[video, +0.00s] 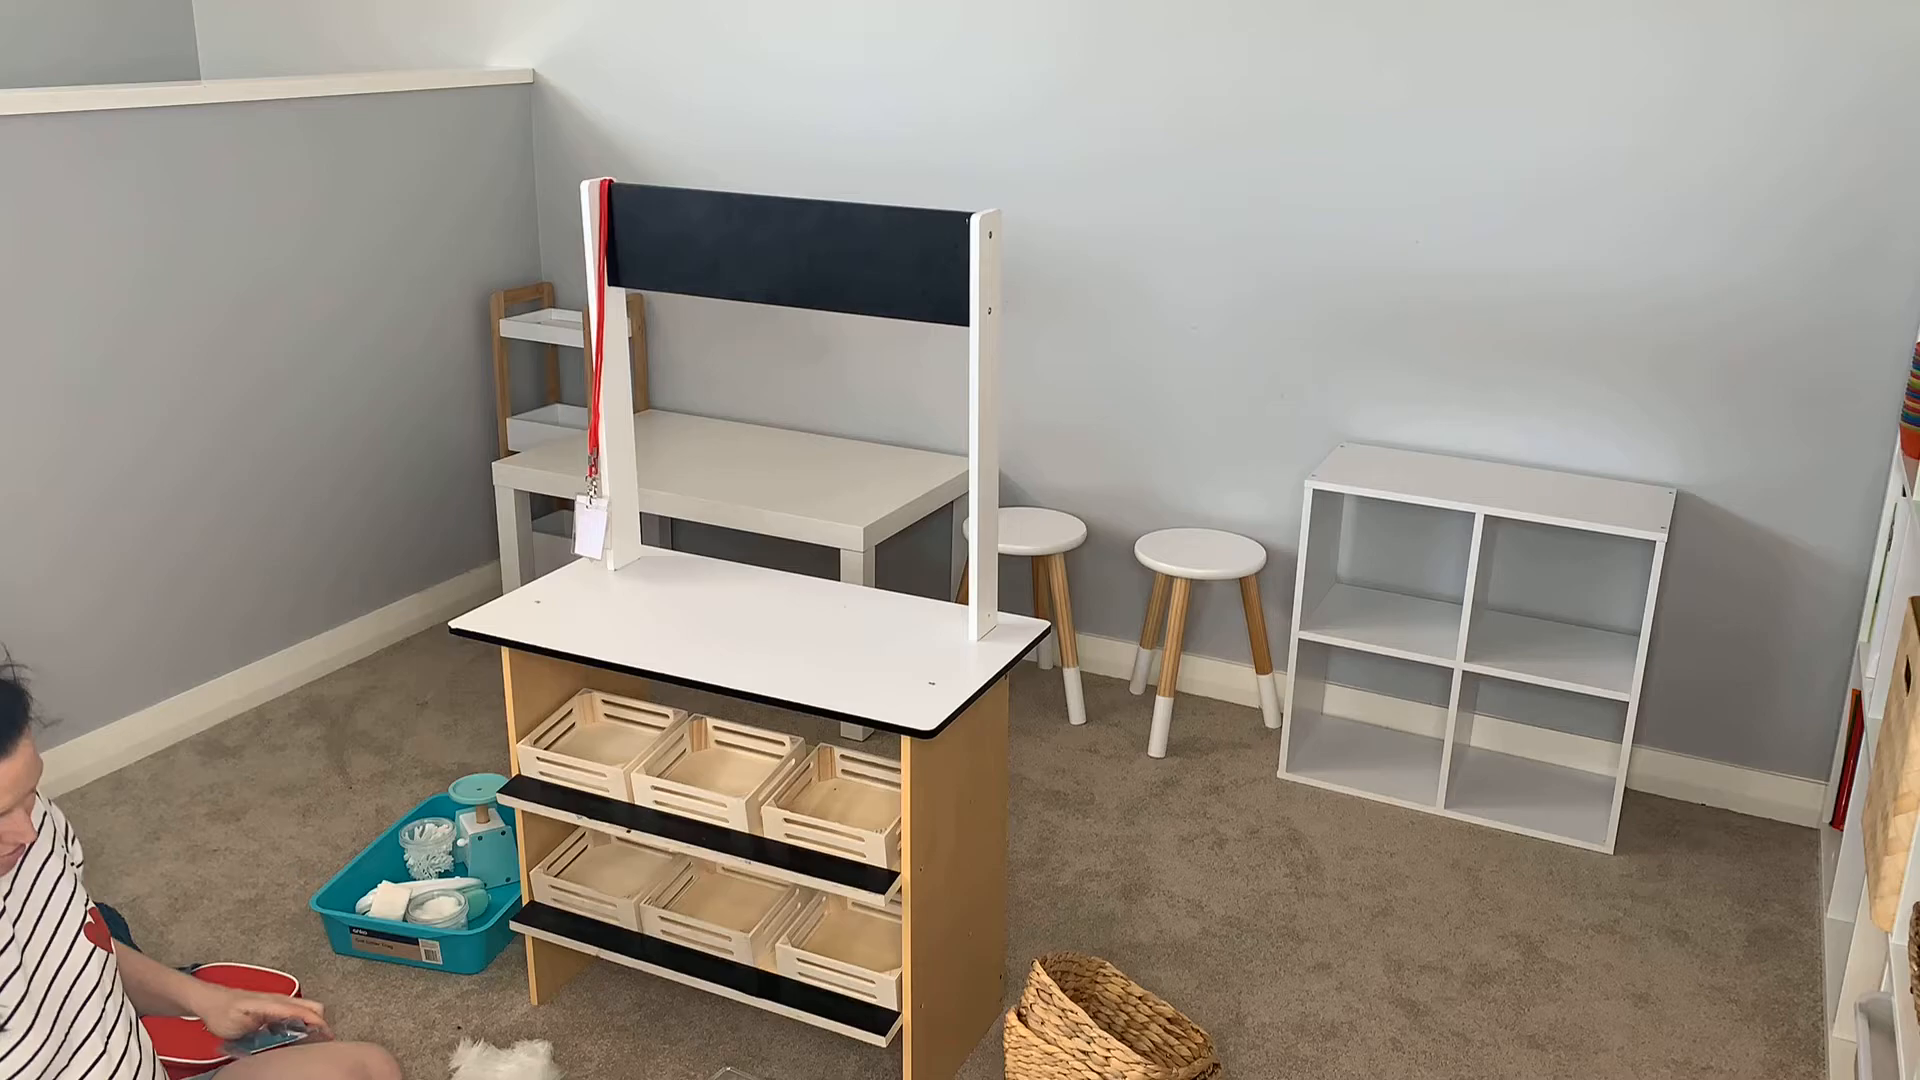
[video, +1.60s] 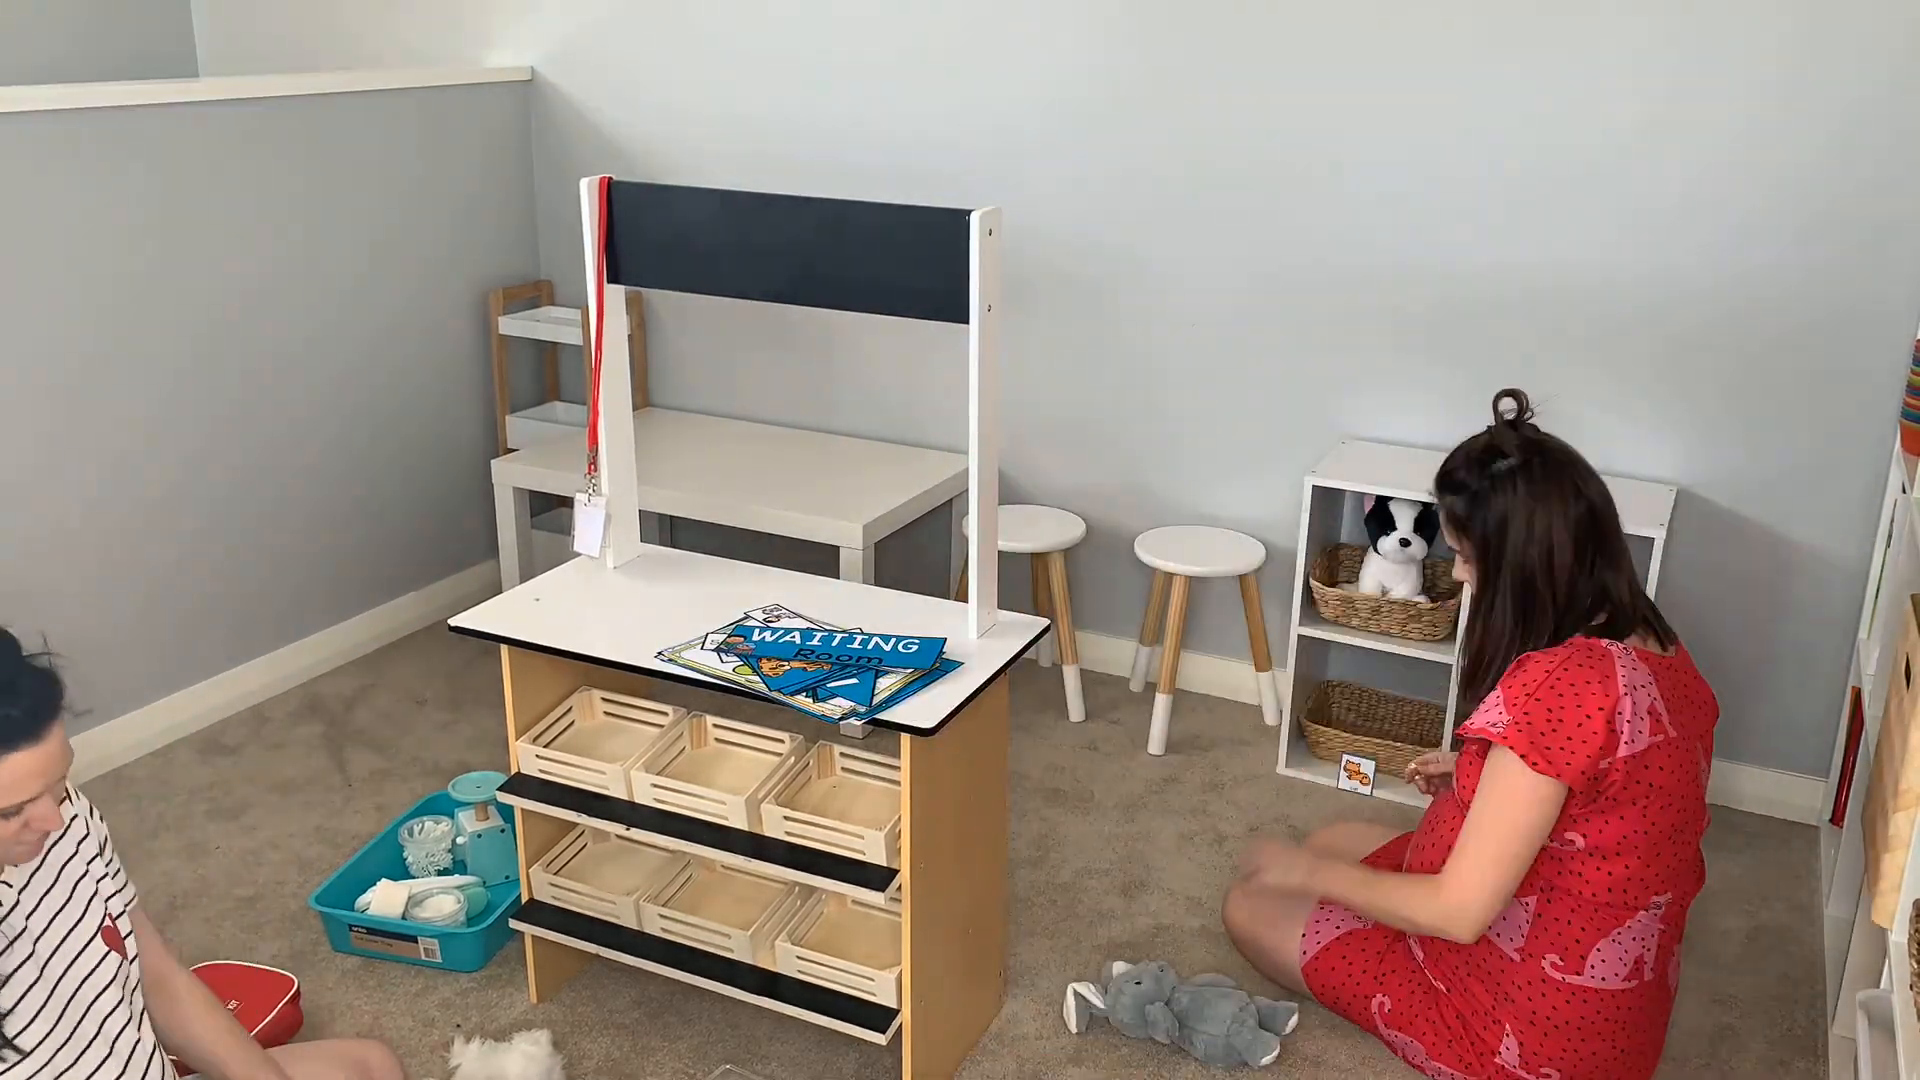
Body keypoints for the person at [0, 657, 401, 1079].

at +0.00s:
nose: (26, 830)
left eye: (28, 798)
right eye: (4, 814)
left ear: (36, 763)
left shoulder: (40, 823)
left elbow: (87, 942)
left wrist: (202, 998)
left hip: (147, 1063)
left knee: (372, 1066)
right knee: (371, 1066)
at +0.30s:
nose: (55, 801)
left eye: (51, 766)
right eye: (18, 792)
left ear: (51, 736)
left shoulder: (53, 825)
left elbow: (97, 940)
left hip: (143, 1046)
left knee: (373, 1065)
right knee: (370, 1065)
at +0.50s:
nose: (108, 812)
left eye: (102, 776)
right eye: (70, 802)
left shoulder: (73, 837)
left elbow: (117, 966)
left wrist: (247, 1056)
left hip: (160, 1058)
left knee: (375, 1065)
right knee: (372, 1065)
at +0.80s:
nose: (79, 785)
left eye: (67, 759)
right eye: (46, 785)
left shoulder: (49, 830)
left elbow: (100, 955)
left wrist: (204, 922)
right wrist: (71, 1058)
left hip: (144, 1057)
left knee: (373, 1062)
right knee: (369, 1062)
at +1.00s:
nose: (69, 797)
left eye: (64, 765)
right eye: (33, 793)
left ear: (61, 736)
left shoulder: (57, 815)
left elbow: (100, 951)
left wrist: (189, 947)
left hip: (125, 1050)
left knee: (373, 1063)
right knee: (368, 1063)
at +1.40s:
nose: (45, 788)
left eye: (43, 754)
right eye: (11, 778)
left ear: (45, 726)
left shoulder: (53, 793)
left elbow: (86, 931)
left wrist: (158, 957)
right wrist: (123, 1068)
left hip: (133, 1042)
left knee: (372, 1062)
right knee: (368, 1063)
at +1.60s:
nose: (53, 822)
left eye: (58, 788)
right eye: (16, 811)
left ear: (61, 752)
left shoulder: (72, 816)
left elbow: (160, 979)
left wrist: (266, 1070)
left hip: (162, 1067)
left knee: (374, 1062)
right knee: (371, 1063)